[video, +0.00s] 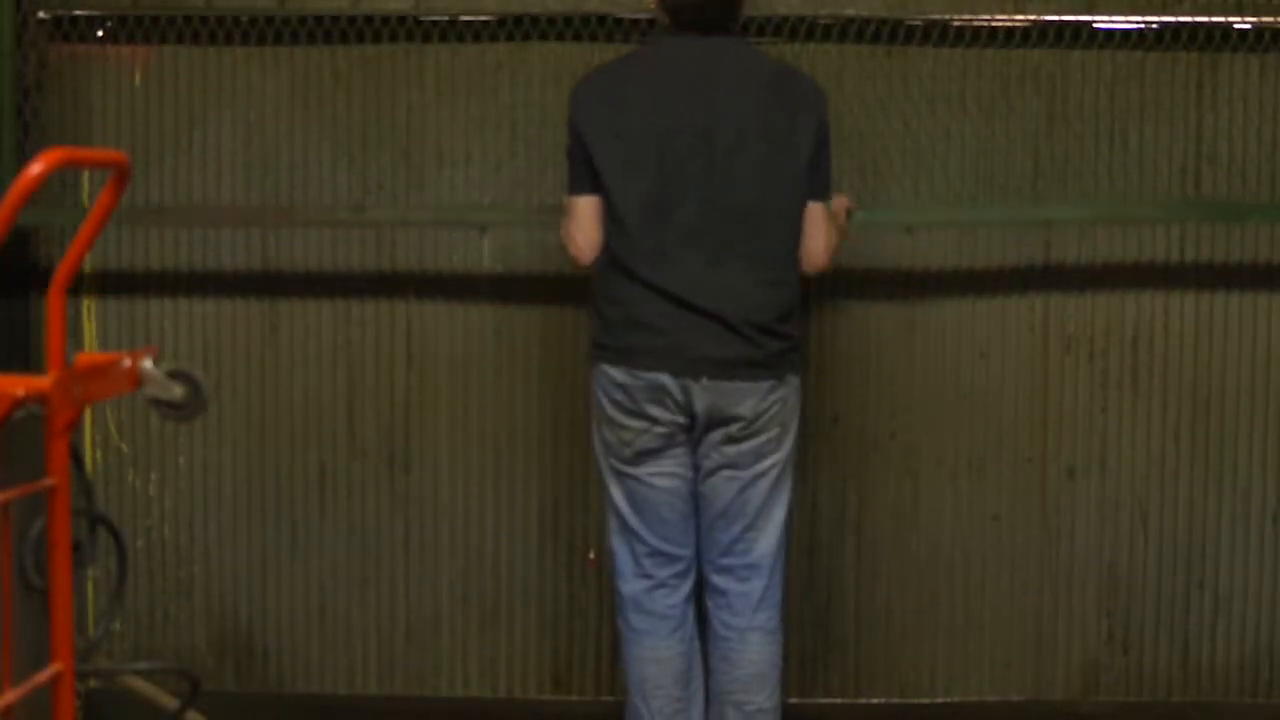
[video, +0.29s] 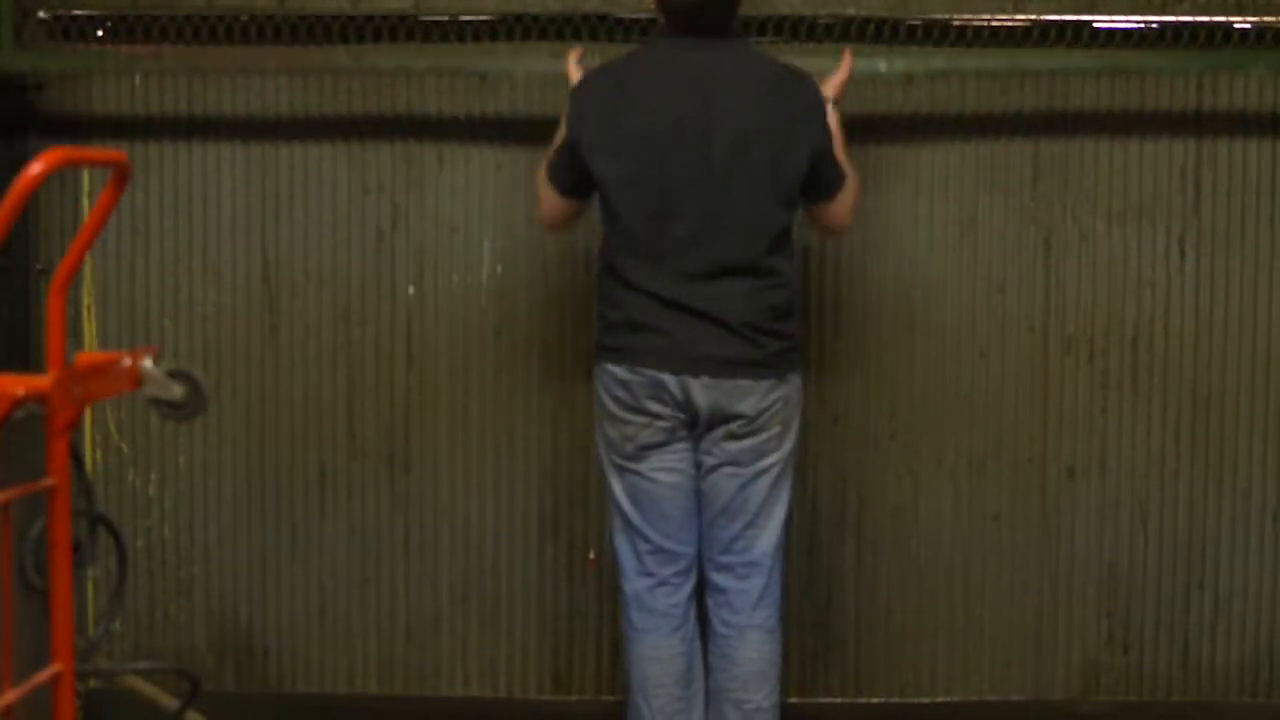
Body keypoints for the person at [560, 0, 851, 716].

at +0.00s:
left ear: (660, 7)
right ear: (740, 7)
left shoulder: (605, 90)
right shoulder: (793, 93)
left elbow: (584, 243)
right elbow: (814, 254)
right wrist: (833, 216)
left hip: (636, 367)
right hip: (752, 371)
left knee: (654, 583)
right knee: (744, 584)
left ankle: (665, 716)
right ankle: (745, 714)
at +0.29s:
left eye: (660, 3)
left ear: (659, 7)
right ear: (737, 7)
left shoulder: (611, 91)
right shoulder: (788, 93)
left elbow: (553, 208)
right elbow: (836, 213)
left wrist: (581, 109)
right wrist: (826, 113)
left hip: (638, 365)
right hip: (752, 369)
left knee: (656, 581)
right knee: (744, 582)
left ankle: (664, 715)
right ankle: (744, 716)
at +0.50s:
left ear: (664, 10)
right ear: (741, 11)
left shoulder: (620, 83)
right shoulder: (781, 88)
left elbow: (543, 96)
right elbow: (863, 106)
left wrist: (583, 1)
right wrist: (843, 11)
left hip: (638, 358)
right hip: (750, 363)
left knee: (656, 579)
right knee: (744, 580)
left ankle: (666, 714)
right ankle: (744, 713)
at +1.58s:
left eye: (651, 9)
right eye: (732, 9)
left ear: (652, 13)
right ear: (731, 13)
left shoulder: (619, 95)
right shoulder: (778, 91)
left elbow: (534, 198)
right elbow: (855, 199)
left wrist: (562, 104)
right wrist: (812, 104)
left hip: (645, 339)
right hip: (759, 340)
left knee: (659, 572)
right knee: (752, 571)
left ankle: (666, 714)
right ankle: (750, 714)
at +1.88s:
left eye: (622, 16)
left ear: (626, 19)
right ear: (706, 13)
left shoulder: (594, 105)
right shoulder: (774, 84)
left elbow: (531, 232)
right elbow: (882, 151)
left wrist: (581, 167)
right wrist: (818, 128)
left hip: (646, 338)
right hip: (762, 336)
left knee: (662, 574)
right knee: (753, 571)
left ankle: (672, 715)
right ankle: (755, 715)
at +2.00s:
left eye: (630, 14)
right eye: (715, 14)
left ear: (633, 20)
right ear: (712, 16)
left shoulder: (593, 104)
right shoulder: (765, 70)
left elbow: (492, 201)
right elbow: (900, 63)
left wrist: (564, 165)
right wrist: (849, 140)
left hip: (643, 340)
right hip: (756, 338)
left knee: (657, 571)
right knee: (742, 572)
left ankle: (665, 716)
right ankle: (738, 717)